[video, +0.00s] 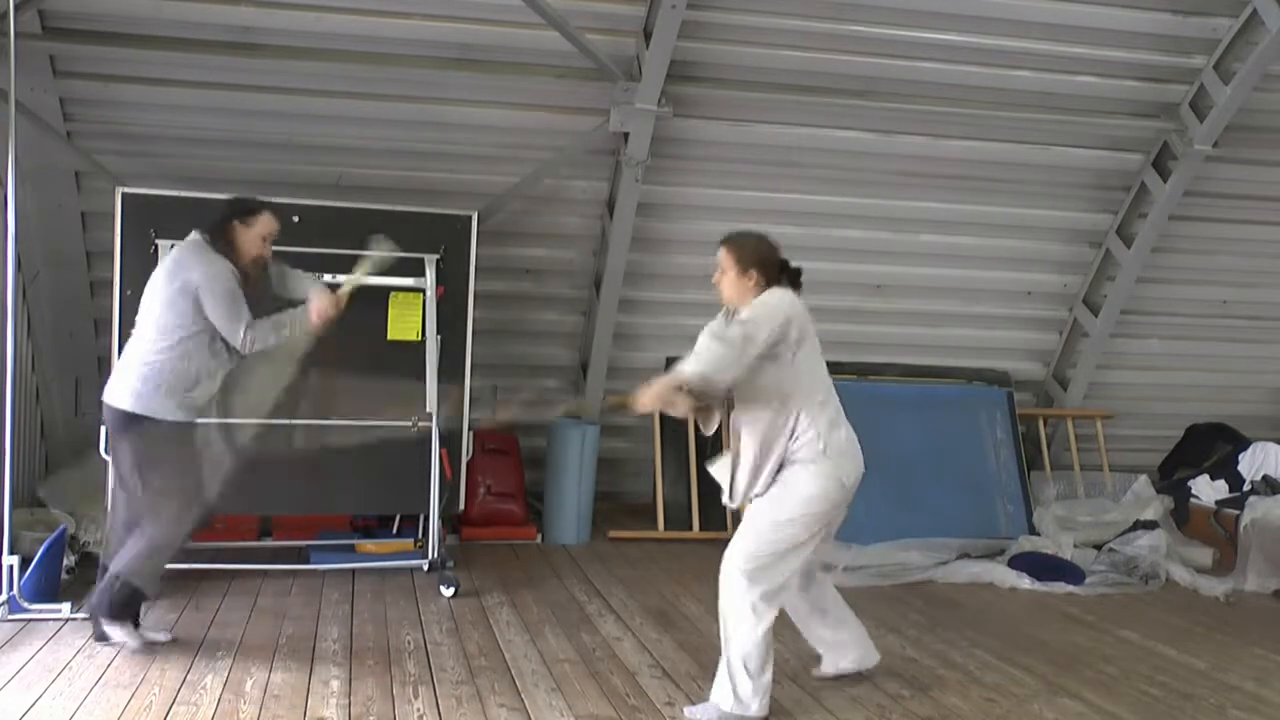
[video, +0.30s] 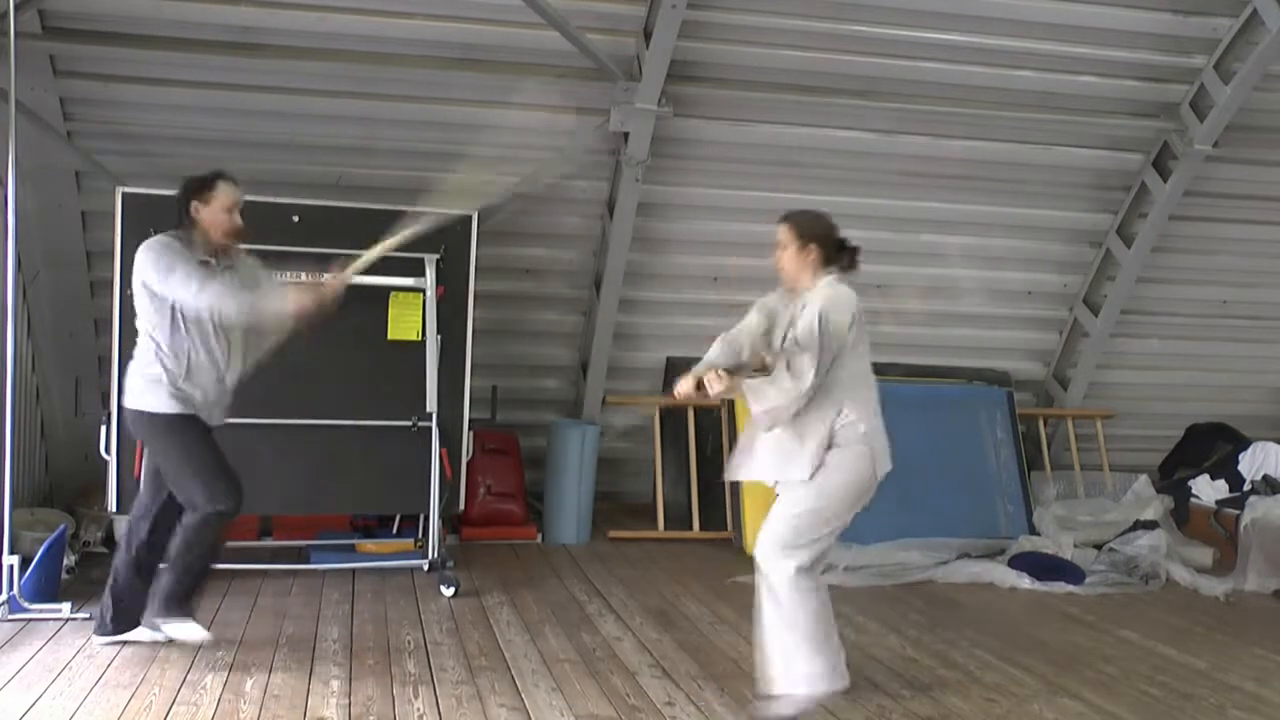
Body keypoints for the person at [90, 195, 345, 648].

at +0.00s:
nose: (268, 252)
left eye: (271, 242)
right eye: (263, 239)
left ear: (235, 230)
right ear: (237, 228)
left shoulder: (196, 254)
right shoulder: (211, 268)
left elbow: (278, 276)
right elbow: (246, 337)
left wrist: (319, 289)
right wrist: (308, 318)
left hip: (131, 402)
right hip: (152, 409)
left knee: (135, 509)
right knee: (177, 507)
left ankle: (120, 612)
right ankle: (113, 606)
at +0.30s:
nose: (239, 221)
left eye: (240, 211)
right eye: (230, 211)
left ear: (229, 213)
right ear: (197, 210)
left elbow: (274, 303)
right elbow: (215, 300)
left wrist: (318, 298)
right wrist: (293, 301)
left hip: (196, 408)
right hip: (155, 401)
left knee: (152, 518)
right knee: (217, 498)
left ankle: (114, 621)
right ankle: (168, 609)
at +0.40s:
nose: (233, 224)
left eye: (238, 216)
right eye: (225, 215)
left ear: (239, 220)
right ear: (200, 213)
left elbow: (303, 267)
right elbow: (217, 236)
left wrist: (326, 225)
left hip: (213, 412)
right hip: (167, 406)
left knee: (163, 520)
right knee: (216, 508)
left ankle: (116, 618)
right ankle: (188, 632)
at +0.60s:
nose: (309, 243)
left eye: (314, 233)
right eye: (302, 230)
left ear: (313, 234)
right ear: (271, 222)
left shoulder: (300, 272)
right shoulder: (233, 257)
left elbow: (342, 192)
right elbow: (220, 179)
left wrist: (286, 155)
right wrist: (238, 129)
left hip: (248, 416)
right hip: (208, 406)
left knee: (228, 527)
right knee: (223, 533)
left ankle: (148, 592)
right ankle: (184, 654)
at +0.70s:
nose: (341, 231)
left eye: (347, 221)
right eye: (332, 218)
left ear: (348, 230)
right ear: (306, 215)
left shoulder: (329, 272)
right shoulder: (265, 251)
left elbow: (381, 212)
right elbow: (296, 192)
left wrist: (346, 157)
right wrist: (324, 147)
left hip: (285, 416)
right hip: (239, 406)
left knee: (314, 510)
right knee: (234, 530)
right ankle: (183, 651)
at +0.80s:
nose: (363, 219)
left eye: (364, 212)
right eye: (357, 209)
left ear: (335, 209)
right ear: (334, 207)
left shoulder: (335, 263)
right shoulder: (288, 243)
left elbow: (389, 248)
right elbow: (357, 235)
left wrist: (422, 189)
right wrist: (410, 191)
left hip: (312, 421)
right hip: (268, 409)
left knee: (354, 511)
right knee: (249, 530)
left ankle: (314, 622)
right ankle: (187, 646)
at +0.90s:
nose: (394, 241)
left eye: (397, 232)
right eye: (387, 230)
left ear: (386, 235)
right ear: (356, 226)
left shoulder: (374, 281)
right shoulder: (326, 265)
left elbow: (420, 307)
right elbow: (397, 312)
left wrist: (475, 280)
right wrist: (475, 294)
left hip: (356, 430)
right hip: (312, 422)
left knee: (390, 538)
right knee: (321, 545)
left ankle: (378, 652)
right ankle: (223, 623)